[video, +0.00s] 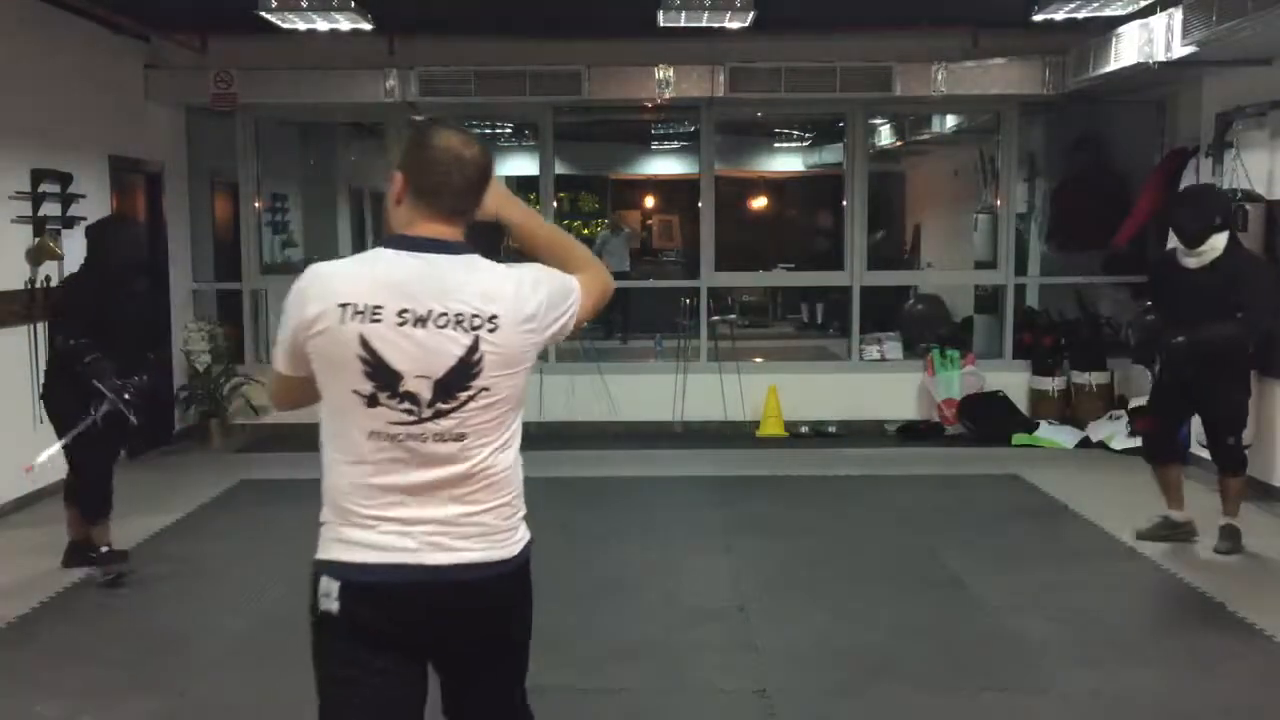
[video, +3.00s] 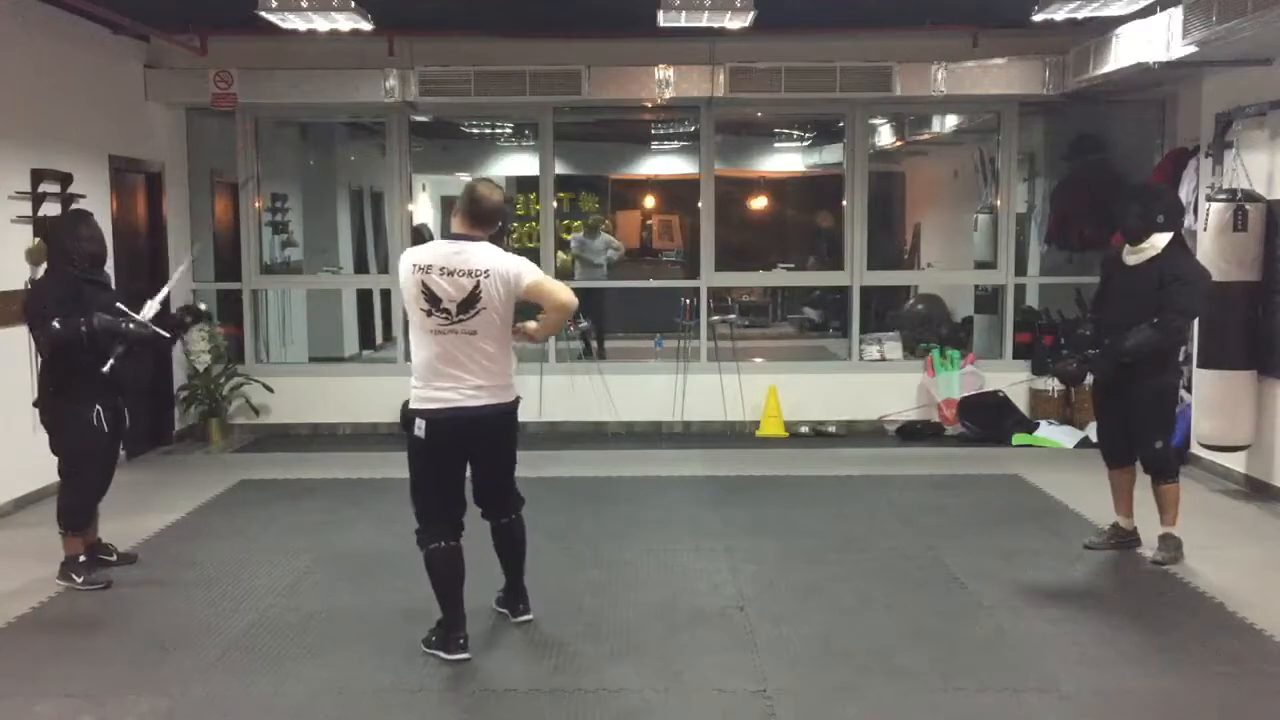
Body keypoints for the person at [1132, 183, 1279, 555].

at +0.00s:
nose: (1185, 238)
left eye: (1193, 230)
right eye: (1181, 229)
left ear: (1215, 226)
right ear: (1175, 225)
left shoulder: (1246, 268)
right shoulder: (1166, 266)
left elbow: (1257, 328)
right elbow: (1160, 314)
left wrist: (1197, 338)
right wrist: (1148, 332)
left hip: (1224, 373)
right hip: (1177, 369)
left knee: (1227, 447)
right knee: (1159, 438)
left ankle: (1229, 524)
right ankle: (1177, 518)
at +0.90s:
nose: (1148, 233)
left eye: (1157, 225)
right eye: (1144, 223)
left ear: (1177, 224)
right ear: (1137, 223)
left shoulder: (1205, 270)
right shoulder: (1129, 266)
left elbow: (1213, 327)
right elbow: (1119, 318)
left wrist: (1161, 342)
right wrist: (1119, 342)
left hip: (1184, 372)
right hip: (1138, 370)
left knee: (1192, 449)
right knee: (1123, 444)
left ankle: (1222, 520)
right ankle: (1124, 526)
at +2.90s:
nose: (1127, 226)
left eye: (1135, 218)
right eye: (1126, 218)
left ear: (1156, 219)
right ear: (1123, 219)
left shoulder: (1181, 267)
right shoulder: (1115, 262)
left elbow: (1172, 327)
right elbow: (1100, 314)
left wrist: (1122, 348)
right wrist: (1087, 343)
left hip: (1155, 376)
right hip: (1113, 373)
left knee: (1159, 454)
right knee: (1117, 449)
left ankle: (1169, 536)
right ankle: (1124, 527)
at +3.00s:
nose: (1126, 226)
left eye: (1135, 218)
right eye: (1125, 218)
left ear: (1156, 219)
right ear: (1124, 218)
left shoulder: (1181, 267)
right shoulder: (1115, 261)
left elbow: (1172, 327)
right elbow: (1100, 315)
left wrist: (1125, 346)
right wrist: (1089, 344)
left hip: (1154, 377)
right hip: (1112, 374)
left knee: (1159, 455)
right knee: (1116, 450)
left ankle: (1169, 537)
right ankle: (1123, 528)